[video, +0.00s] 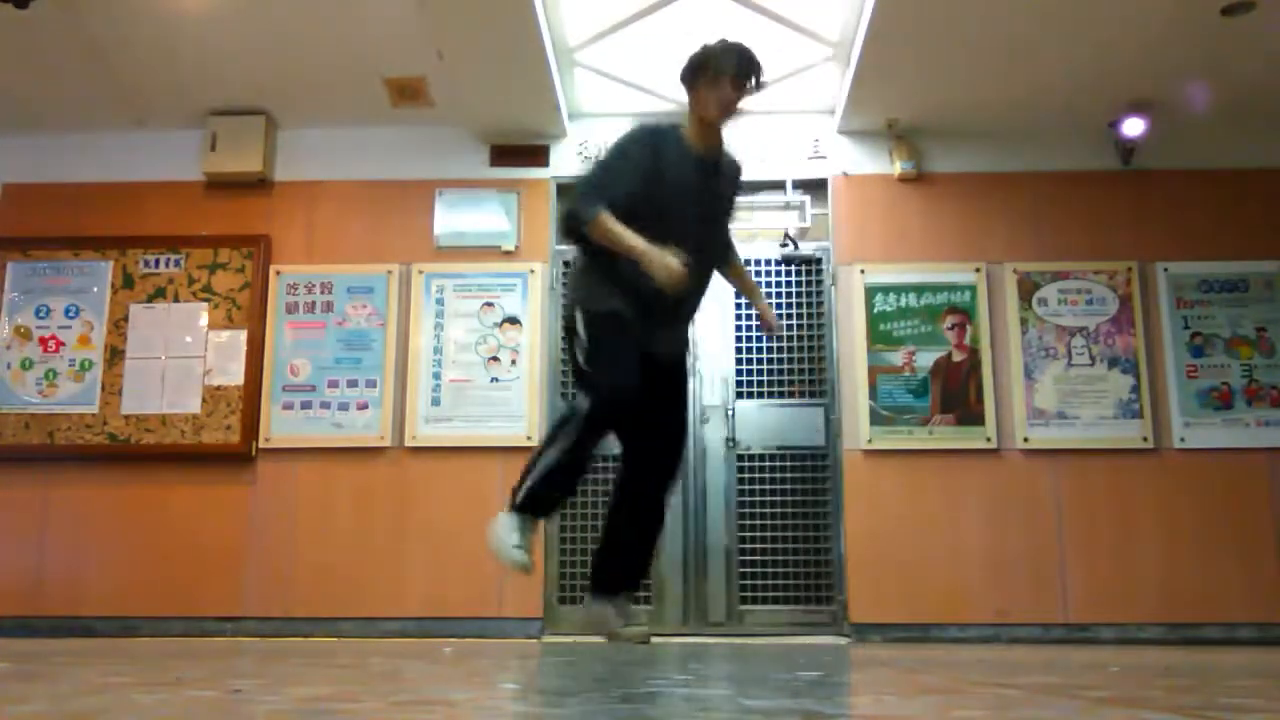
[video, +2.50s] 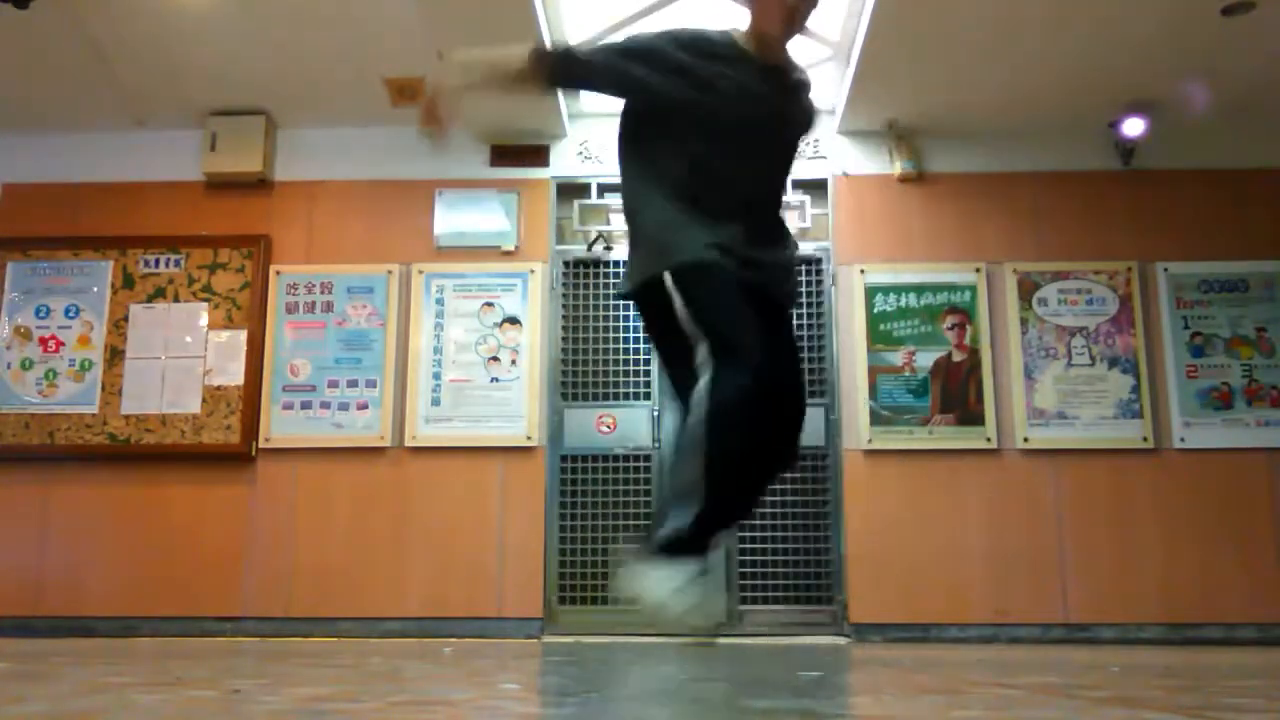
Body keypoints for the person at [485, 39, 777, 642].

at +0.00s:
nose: (730, 99)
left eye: (738, 89)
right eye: (721, 85)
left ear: (743, 97)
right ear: (693, 85)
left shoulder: (724, 171)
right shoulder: (647, 143)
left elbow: (715, 243)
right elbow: (583, 209)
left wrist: (757, 299)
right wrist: (647, 251)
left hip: (665, 322)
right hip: (607, 305)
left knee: (656, 454)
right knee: (611, 400)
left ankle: (609, 595)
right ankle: (521, 515)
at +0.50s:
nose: (640, 105)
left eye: (649, 92)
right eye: (629, 92)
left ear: (662, 79)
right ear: (606, 82)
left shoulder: (691, 130)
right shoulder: (575, 147)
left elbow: (719, 205)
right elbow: (520, 249)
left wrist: (738, 192)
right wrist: (531, 201)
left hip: (677, 320)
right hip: (601, 325)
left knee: (678, 451)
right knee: (593, 452)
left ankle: (633, 549)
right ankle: (569, 588)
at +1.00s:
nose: (711, 99)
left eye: (724, 89)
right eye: (709, 85)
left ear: (740, 84)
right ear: (693, 68)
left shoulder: (752, 128)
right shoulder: (629, 112)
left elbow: (807, 192)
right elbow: (555, 161)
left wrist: (851, 150)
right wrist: (537, 136)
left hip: (702, 310)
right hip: (624, 309)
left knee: (717, 433)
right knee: (633, 435)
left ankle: (706, 569)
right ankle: (643, 570)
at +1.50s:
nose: (721, 70)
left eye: (733, 55)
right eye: (712, 55)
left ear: (745, 49)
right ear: (687, 44)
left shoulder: (764, 103)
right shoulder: (637, 118)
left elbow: (819, 156)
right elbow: (561, 170)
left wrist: (874, 129)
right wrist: (530, 121)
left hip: (753, 304)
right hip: (679, 310)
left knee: (744, 439)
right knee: (685, 436)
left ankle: (718, 574)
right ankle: (669, 568)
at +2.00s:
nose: (768, 48)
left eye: (781, 36)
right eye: (759, 33)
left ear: (794, 34)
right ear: (738, 25)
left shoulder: (806, 88)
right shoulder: (695, 94)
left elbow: (859, 143)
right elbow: (682, 170)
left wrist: (872, 124)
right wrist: (764, 164)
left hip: (803, 258)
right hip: (725, 254)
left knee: (813, 409)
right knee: (800, 312)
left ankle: (784, 565)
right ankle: (821, 480)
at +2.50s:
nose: (797, 15)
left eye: (804, 8)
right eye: (789, 2)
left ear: (804, 18)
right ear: (757, 2)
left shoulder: (792, 96)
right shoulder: (690, 53)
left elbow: (761, 189)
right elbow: (573, 65)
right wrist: (461, 75)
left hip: (754, 265)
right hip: (676, 252)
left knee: (778, 425)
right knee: (731, 383)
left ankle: (677, 555)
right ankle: (668, 561)